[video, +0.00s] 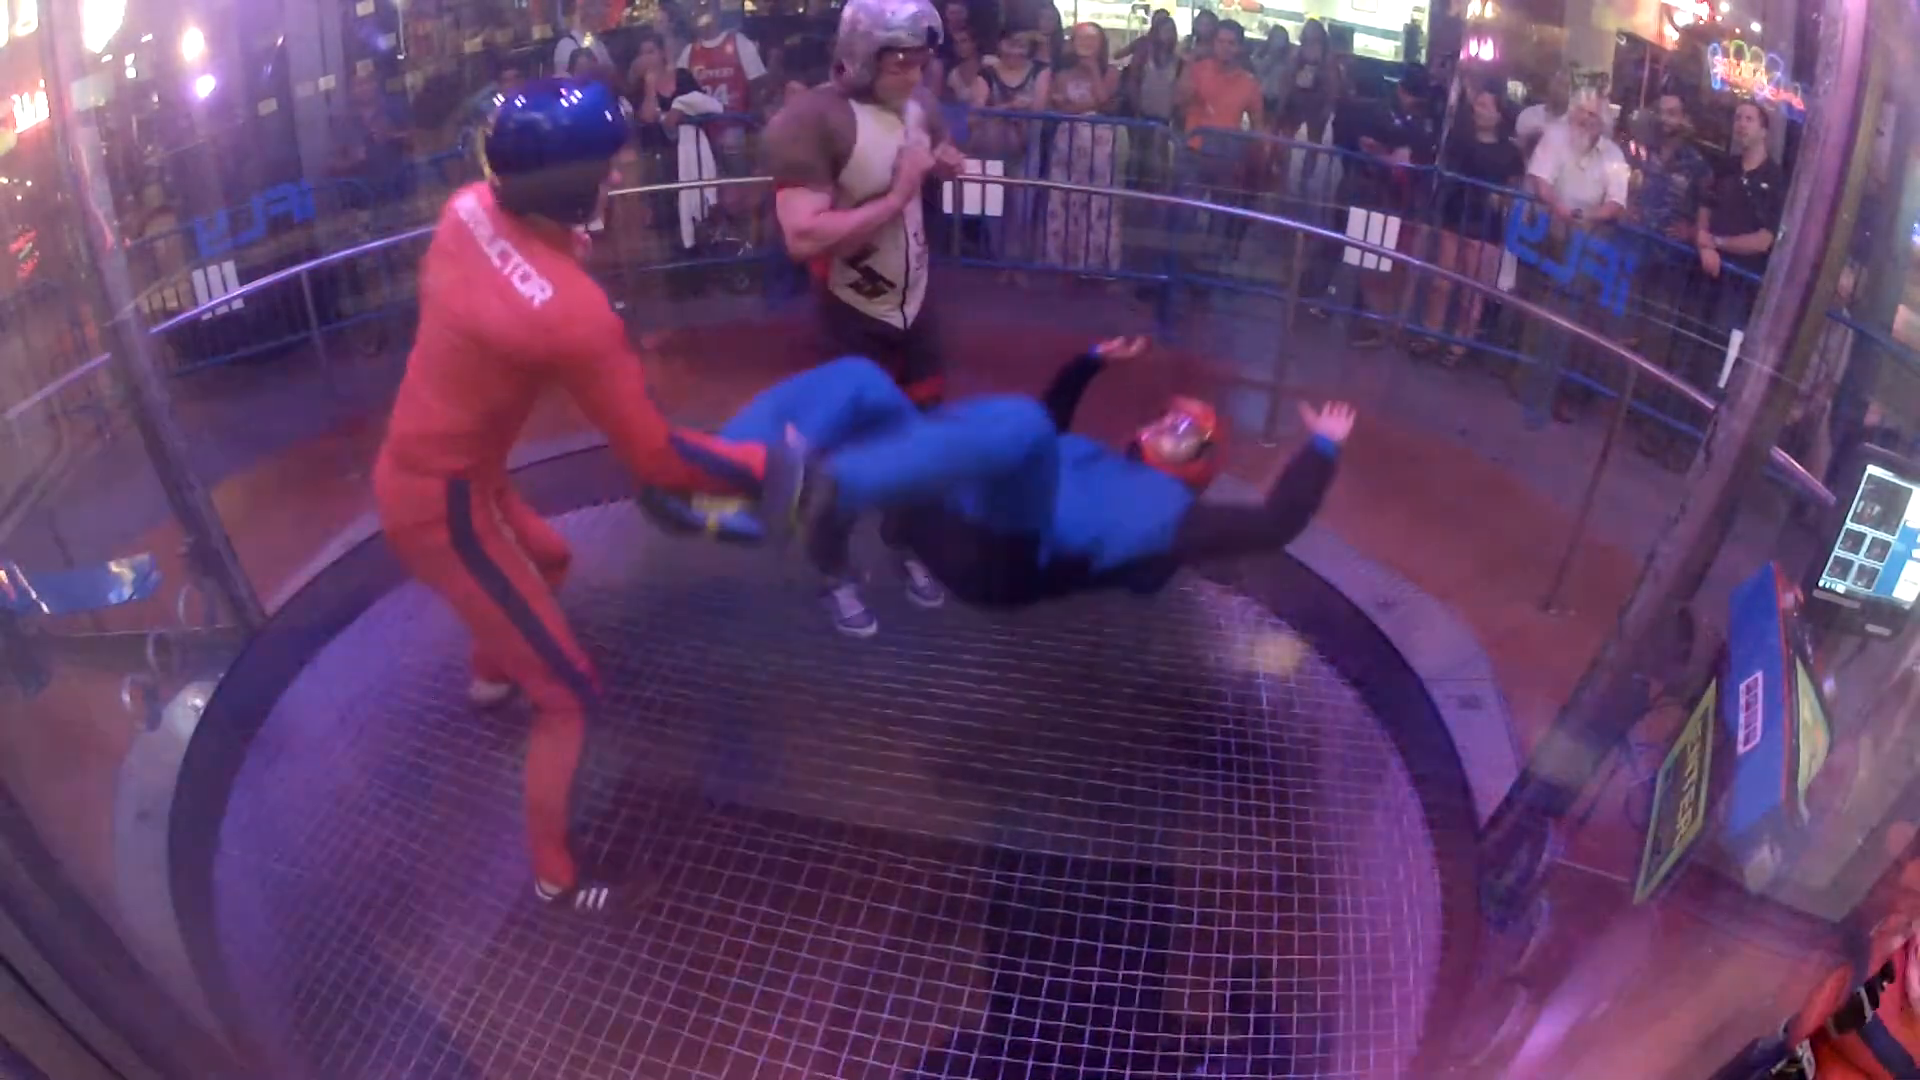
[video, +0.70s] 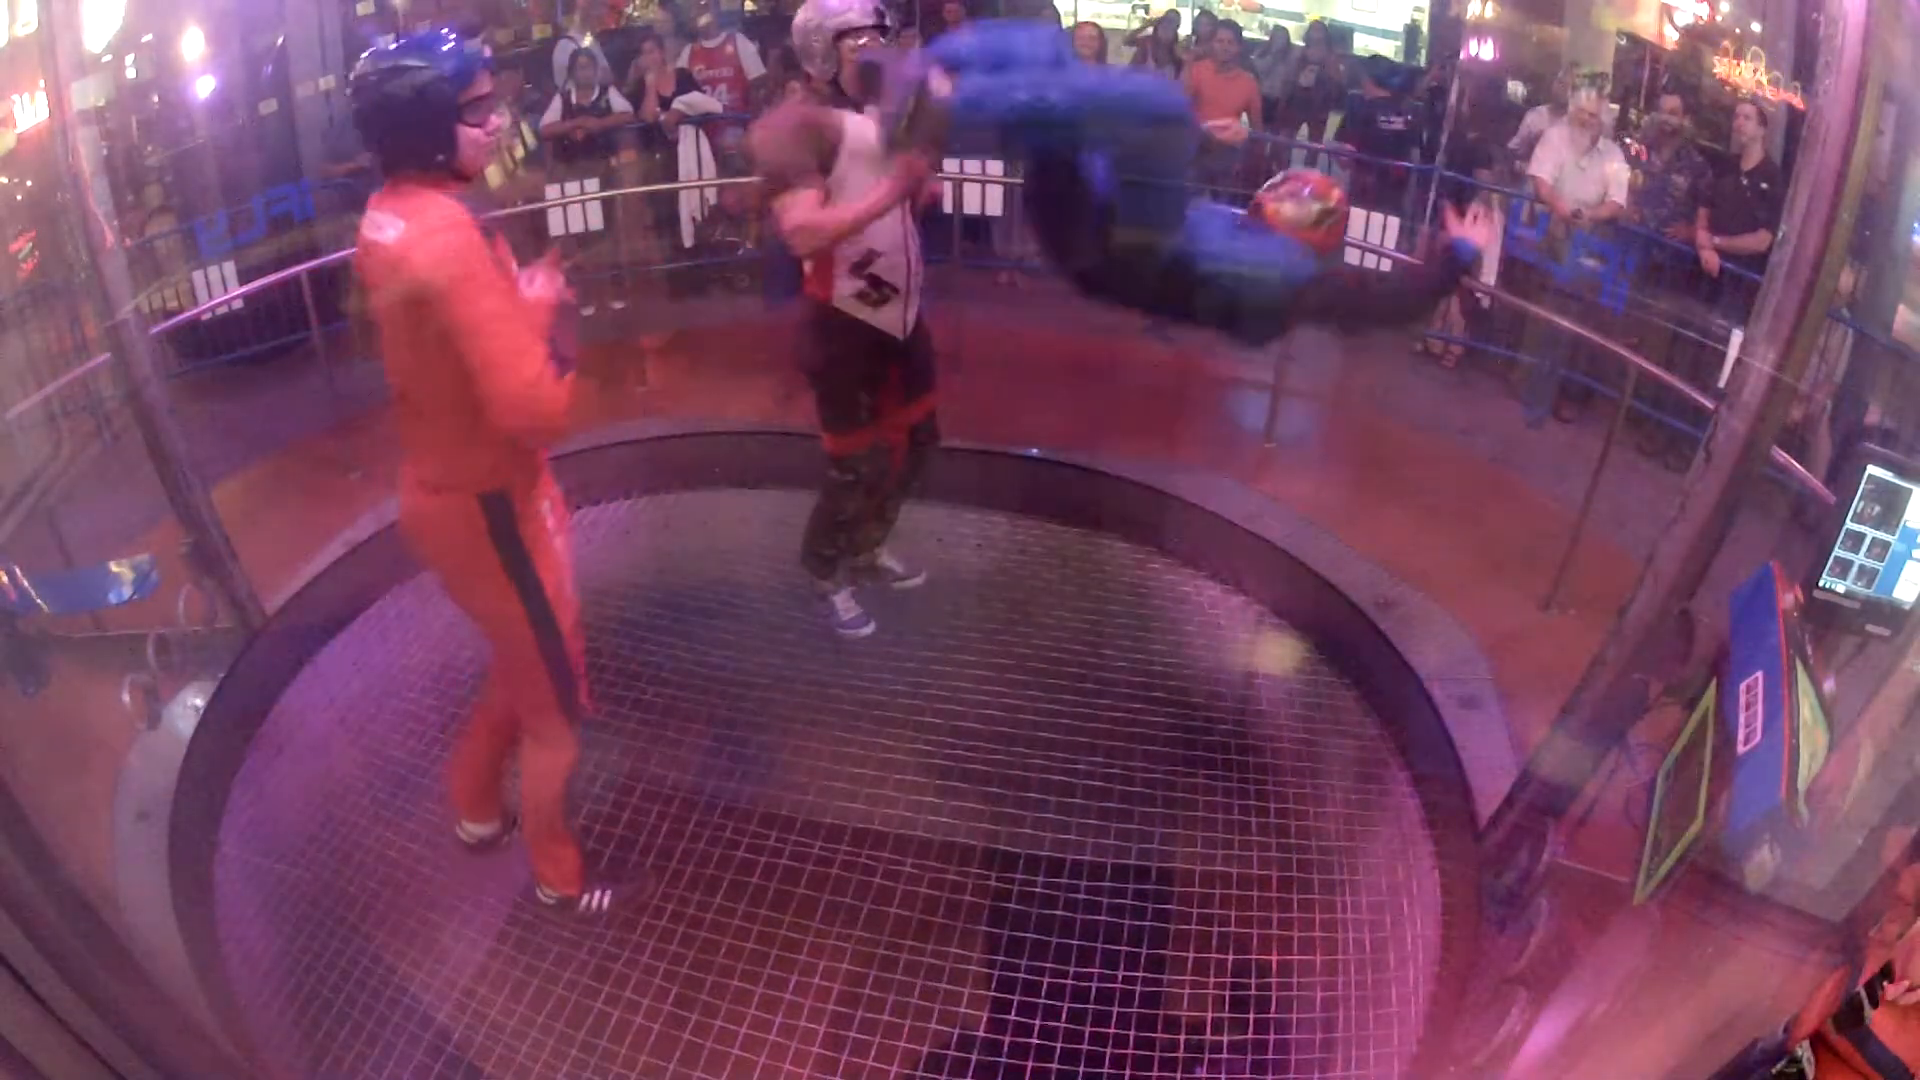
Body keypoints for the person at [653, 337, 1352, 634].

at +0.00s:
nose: (1173, 426)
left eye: (1189, 433)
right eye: (1170, 419)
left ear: (1197, 465)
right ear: (1147, 427)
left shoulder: (1182, 520)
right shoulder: (1086, 458)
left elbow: (1277, 526)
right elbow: (1043, 422)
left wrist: (1322, 451)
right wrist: (1092, 362)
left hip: (1005, 562)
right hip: (947, 518)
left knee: (1023, 427)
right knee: (857, 377)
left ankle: (833, 490)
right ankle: (717, 476)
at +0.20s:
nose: (1206, 356)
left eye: (1226, 361)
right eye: (1204, 347)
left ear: (1240, 393)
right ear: (1183, 352)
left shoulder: (1219, 444)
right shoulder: (1133, 379)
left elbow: (1319, 452)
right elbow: (1073, 362)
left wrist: (1365, 380)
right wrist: (1119, 296)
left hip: (1052, 474)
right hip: (1008, 428)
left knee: (1054, 325)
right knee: (882, 309)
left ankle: (855, 402)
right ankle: (720, 386)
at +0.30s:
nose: (1223, 317)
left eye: (1243, 323)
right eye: (1221, 308)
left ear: (1253, 357)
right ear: (1197, 313)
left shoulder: (1234, 406)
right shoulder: (1147, 340)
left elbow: (1335, 422)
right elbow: (1092, 308)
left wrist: (1380, 347)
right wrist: (1138, 258)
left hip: (1061, 442)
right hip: (1007, 398)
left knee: (1069, 289)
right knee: (916, 258)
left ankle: (868, 360)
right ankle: (757, 335)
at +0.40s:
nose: (1238, 283)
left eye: (1257, 289)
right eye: (1236, 273)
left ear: (1268, 322)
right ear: (1214, 275)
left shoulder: (1246, 371)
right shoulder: (1168, 294)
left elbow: (1346, 396)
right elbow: (1114, 258)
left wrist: (1399, 321)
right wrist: (1152, 222)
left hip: (1067, 394)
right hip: (1024, 345)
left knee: (1090, 251)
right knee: (947, 204)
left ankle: (869, 310)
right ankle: (798, 271)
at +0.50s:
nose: (1250, 248)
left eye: (1270, 256)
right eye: (1250, 239)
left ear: (1283, 290)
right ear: (1231, 241)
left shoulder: (1255, 340)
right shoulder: (1184, 263)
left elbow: (1360, 371)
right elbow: (1129, 224)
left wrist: (1414, 304)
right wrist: (1161, 181)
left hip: (1080, 352)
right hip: (1045, 302)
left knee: (1111, 209)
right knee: (987, 141)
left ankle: (893, 261)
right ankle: (839, 209)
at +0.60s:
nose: (1273, 218)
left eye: (1292, 230)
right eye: (1275, 211)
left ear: (1299, 266)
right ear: (1251, 214)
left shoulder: (1269, 307)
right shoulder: (1203, 235)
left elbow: (1372, 338)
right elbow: (1143, 207)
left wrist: (1441, 283)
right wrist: (1184, 155)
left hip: (1094, 300)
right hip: (1063, 250)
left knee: (1143, 158)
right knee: (1025, 93)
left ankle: (917, 183)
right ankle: (876, 125)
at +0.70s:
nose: (1290, 191)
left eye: (1309, 199)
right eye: (1293, 185)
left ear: (1319, 235)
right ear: (1273, 191)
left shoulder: (1300, 280)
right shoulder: (1224, 217)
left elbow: (1389, 302)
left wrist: (1455, 258)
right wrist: (1217, 156)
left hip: (1129, 263)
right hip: (1088, 226)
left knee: (1163, 104)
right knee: (1046, 39)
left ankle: (950, 117)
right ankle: (922, 73)